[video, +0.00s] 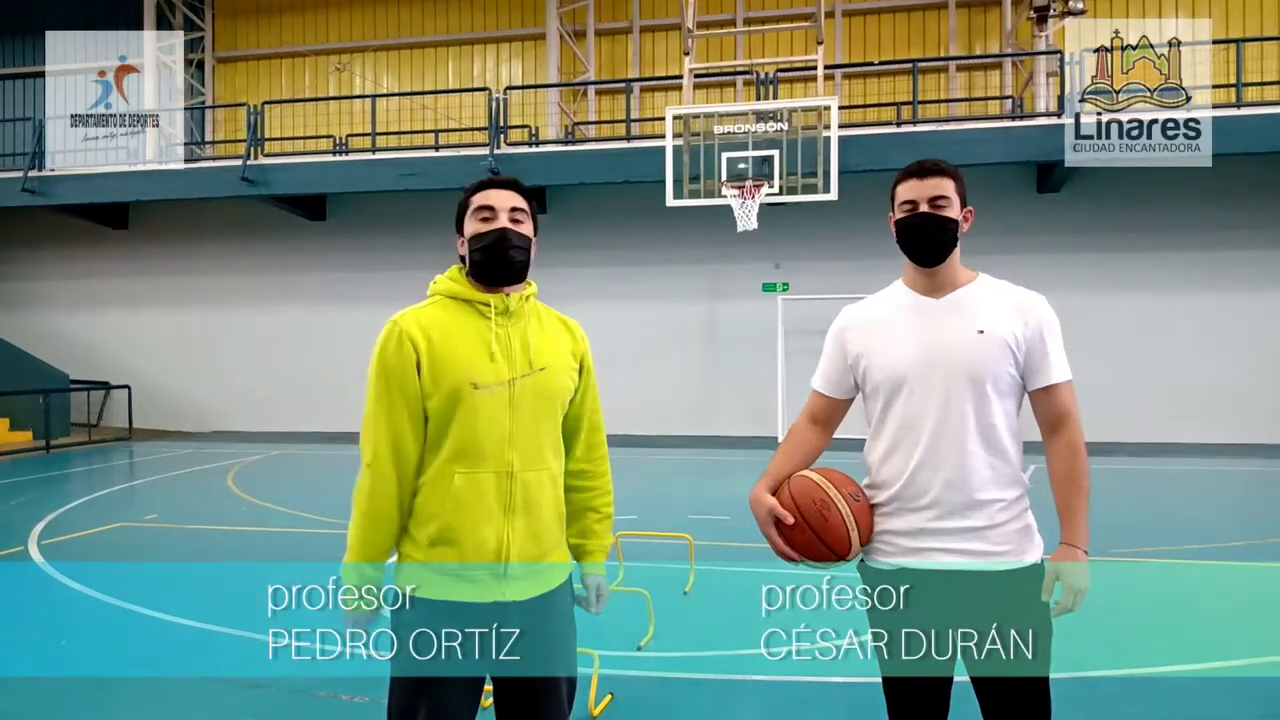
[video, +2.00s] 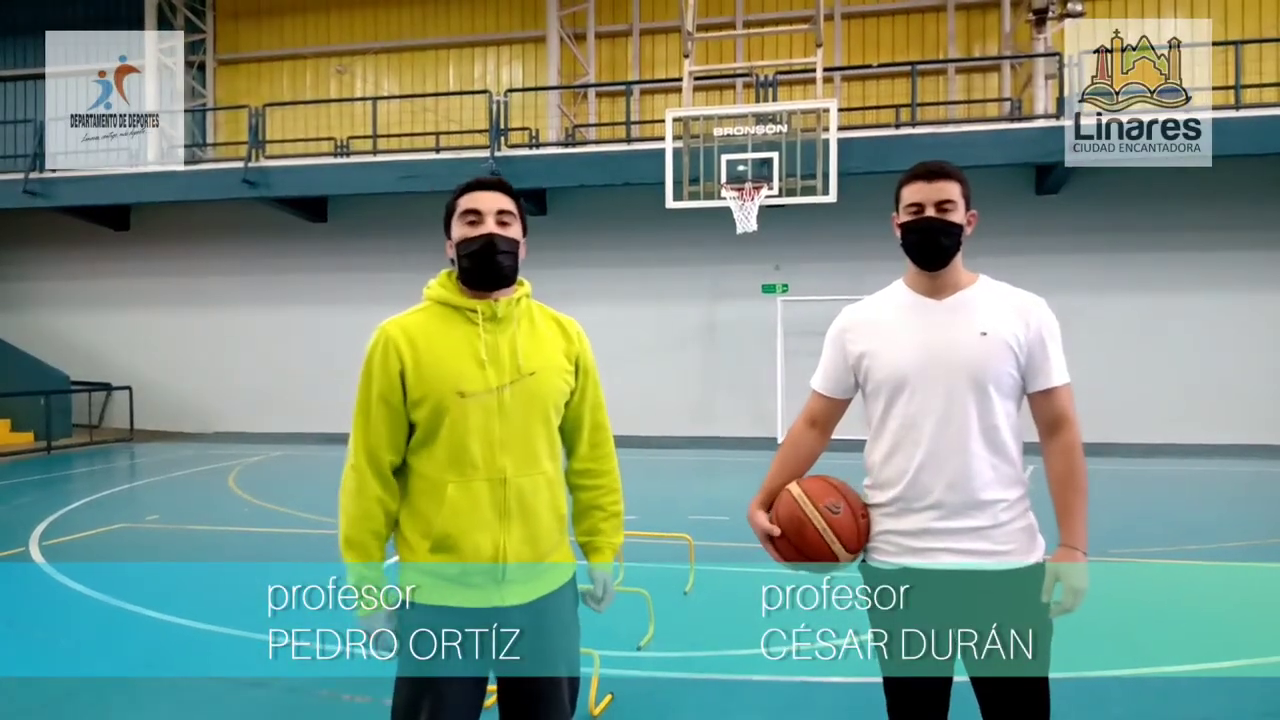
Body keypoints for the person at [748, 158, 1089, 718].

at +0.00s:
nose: (923, 217)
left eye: (939, 205)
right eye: (908, 208)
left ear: (966, 218)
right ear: (892, 226)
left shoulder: (1022, 313)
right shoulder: (857, 324)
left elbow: (1062, 430)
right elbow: (815, 424)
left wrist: (1073, 544)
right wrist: (762, 487)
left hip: (1003, 561)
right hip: (899, 563)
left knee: (1019, 710)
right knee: (913, 712)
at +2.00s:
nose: (929, 219)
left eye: (944, 208)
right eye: (914, 210)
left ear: (969, 221)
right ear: (896, 226)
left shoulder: (1023, 316)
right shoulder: (858, 324)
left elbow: (1059, 432)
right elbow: (813, 425)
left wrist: (1072, 546)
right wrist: (760, 503)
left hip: (1004, 561)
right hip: (900, 563)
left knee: (1019, 709)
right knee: (913, 712)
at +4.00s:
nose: (934, 216)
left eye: (949, 205)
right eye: (920, 207)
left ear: (974, 220)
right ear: (901, 224)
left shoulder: (1026, 315)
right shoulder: (861, 321)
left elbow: (1061, 432)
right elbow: (816, 424)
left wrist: (1075, 544)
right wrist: (762, 501)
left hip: (1006, 561)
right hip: (902, 562)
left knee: (1020, 711)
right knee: (914, 713)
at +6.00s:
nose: (929, 215)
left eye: (944, 204)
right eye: (914, 208)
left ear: (971, 220)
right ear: (898, 229)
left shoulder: (1027, 314)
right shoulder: (863, 324)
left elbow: (1064, 429)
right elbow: (818, 425)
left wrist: (1078, 542)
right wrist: (764, 502)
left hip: (1008, 563)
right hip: (904, 564)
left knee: (1021, 711)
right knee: (914, 712)